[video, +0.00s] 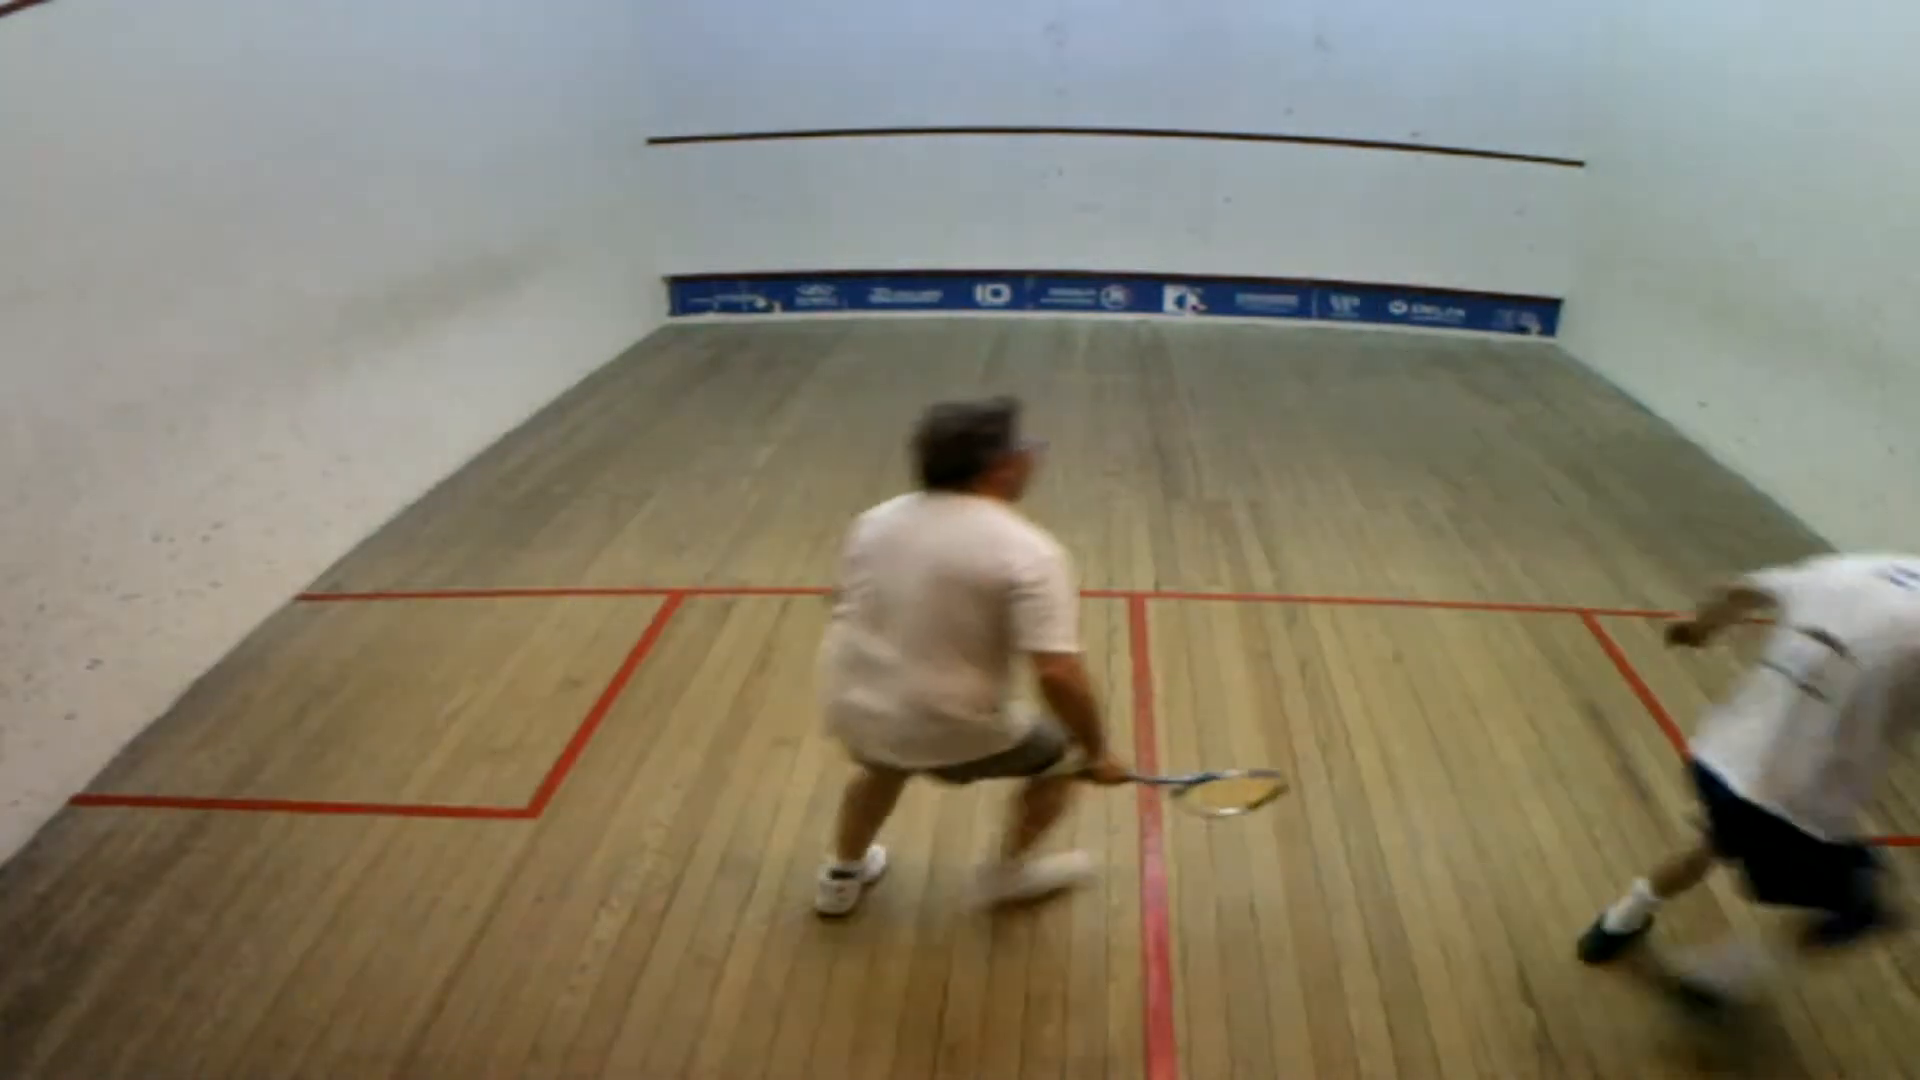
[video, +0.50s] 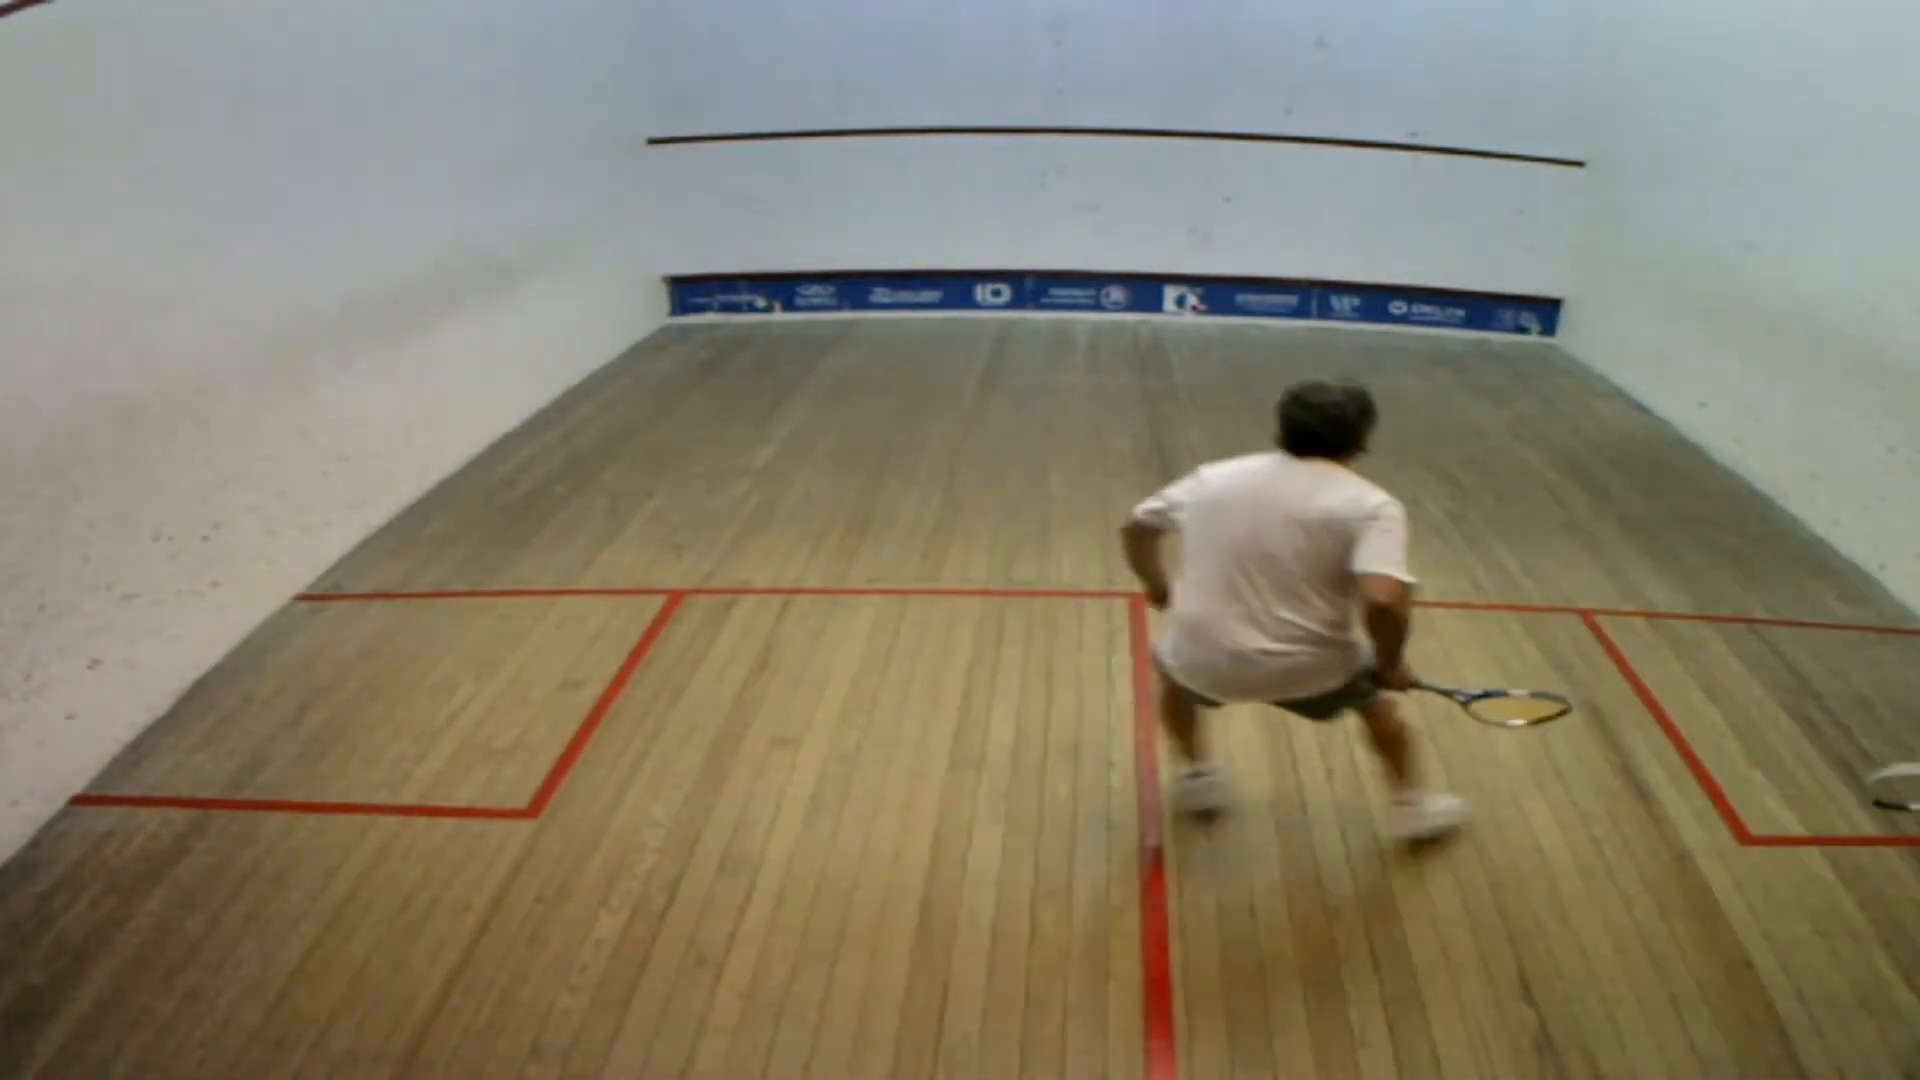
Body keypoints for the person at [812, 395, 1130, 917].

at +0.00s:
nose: (1030, 460)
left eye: (1023, 450)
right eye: (1019, 452)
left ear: (939, 463)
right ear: (996, 468)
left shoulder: (876, 523)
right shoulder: (1027, 550)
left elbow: (844, 606)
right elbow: (1057, 673)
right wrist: (1095, 751)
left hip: (858, 716)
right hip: (950, 732)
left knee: (888, 760)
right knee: (1059, 758)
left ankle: (842, 873)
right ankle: (1011, 869)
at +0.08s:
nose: (1084, 453)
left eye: (1077, 441)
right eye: (1072, 443)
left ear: (993, 454)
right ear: (1050, 459)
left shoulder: (932, 511)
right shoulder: (1078, 540)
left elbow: (895, 588)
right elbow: (1108, 664)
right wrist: (1146, 738)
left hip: (906, 705)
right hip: (1005, 723)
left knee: (902, 765)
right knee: (1108, 744)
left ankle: (845, 872)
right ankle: (1121, 833)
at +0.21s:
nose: (1198, 449)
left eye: (1193, 437)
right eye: (1188, 440)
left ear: (1111, 449)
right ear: (1163, 455)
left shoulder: (1051, 500)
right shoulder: (1191, 538)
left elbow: (995, 563)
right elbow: (1221, 658)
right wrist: (1257, 735)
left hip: (1004, 683)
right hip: (1107, 705)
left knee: (947, 760)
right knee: (1206, 724)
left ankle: (852, 859)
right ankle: (1186, 818)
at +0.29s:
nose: (1262, 445)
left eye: (1257, 431)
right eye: (1257, 434)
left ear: (1179, 438)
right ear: (1244, 446)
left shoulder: (1121, 492)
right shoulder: (1260, 526)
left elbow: (1058, 557)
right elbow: (1289, 641)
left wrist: (1119, 582)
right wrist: (1328, 711)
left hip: (1081, 671)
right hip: (1180, 687)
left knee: (1023, 744)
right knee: (1248, 718)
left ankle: (928, 832)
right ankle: (1188, 815)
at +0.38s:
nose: (1297, 434)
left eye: (1296, 424)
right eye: (1294, 425)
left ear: (1213, 426)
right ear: (1283, 434)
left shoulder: (1151, 477)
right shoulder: (1298, 511)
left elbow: (1090, 549)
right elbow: (1318, 626)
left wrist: (1121, 605)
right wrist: (1349, 689)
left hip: (1115, 658)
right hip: (1213, 674)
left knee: (1072, 719)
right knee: (1285, 707)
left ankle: (1013, 817)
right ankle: (1209, 807)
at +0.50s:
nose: (1367, 445)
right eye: (1364, 436)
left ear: (1283, 432)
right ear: (1356, 444)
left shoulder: (1219, 478)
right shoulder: (1372, 506)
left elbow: (1138, 527)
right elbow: (1383, 601)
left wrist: (1158, 590)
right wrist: (1390, 667)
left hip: (1203, 657)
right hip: (1308, 668)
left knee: (1176, 682)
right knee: (1376, 703)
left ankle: (1195, 772)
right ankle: (1410, 801)